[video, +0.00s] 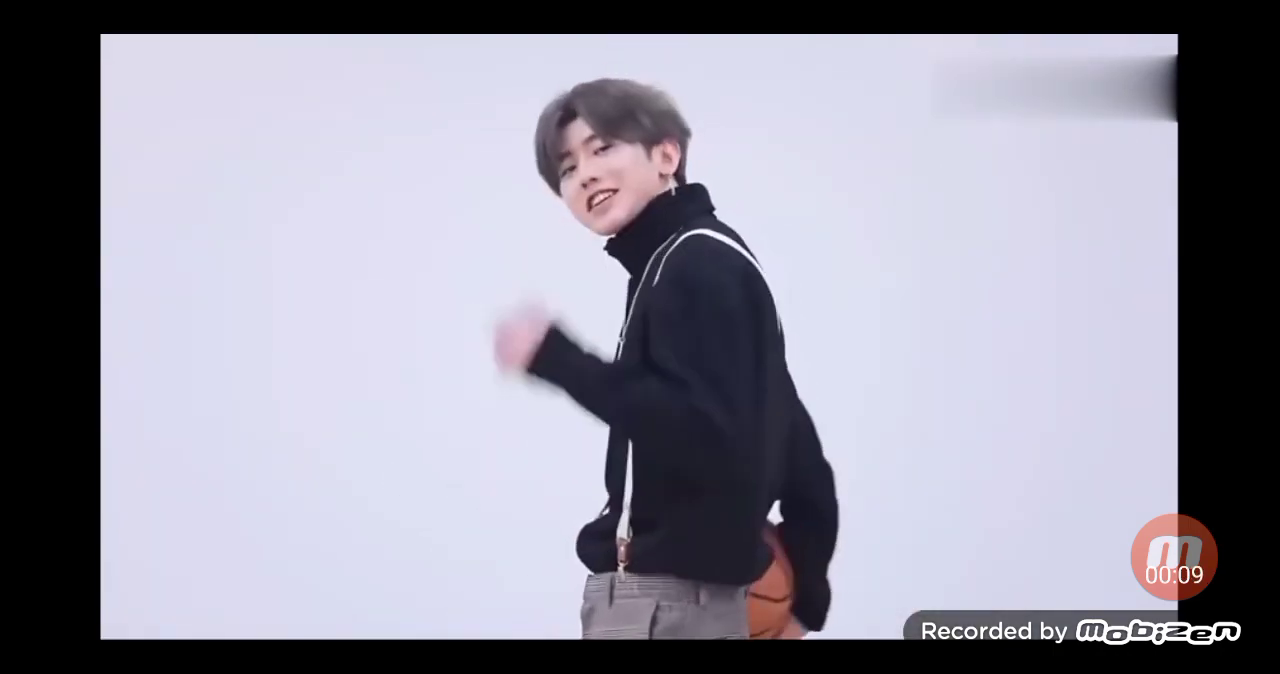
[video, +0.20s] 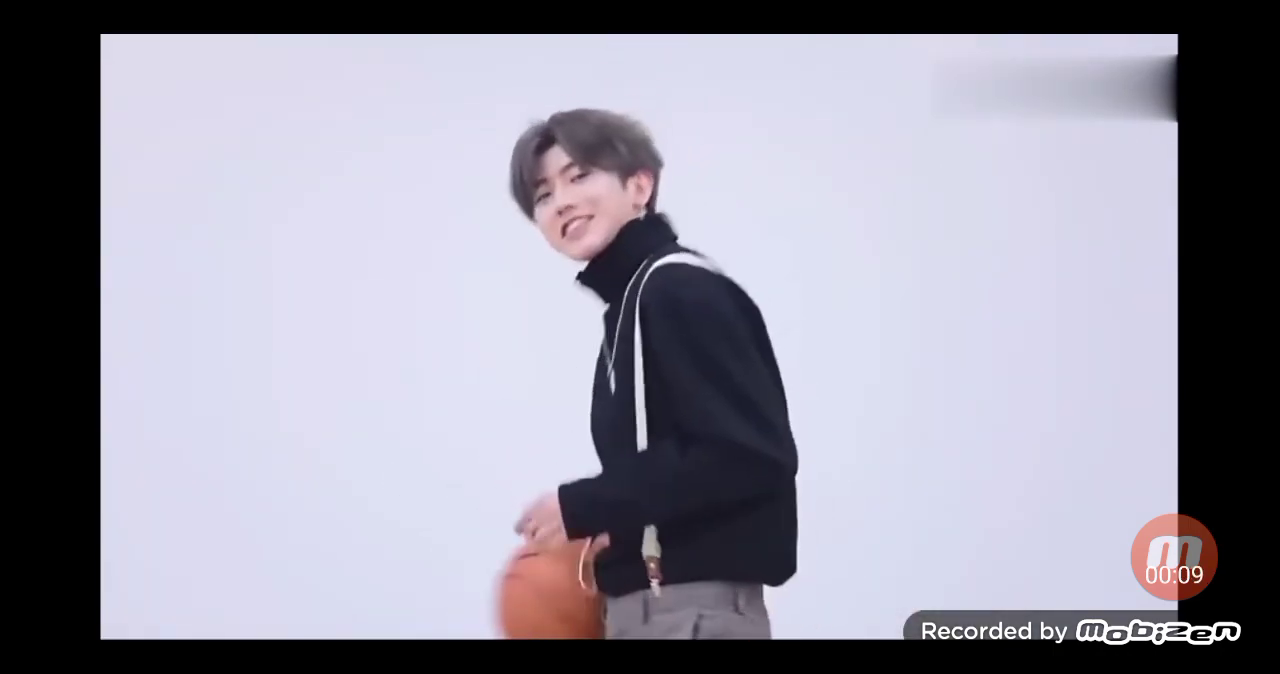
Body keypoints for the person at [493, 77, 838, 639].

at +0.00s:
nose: (585, 176)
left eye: (603, 148)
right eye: (567, 170)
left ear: (665, 155)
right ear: (564, 200)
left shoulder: (694, 262)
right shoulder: (713, 259)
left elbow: (712, 432)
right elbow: (804, 462)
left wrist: (559, 359)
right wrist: (801, 593)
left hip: (659, 600)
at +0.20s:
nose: (561, 202)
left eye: (580, 175)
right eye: (543, 196)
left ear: (639, 185)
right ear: (539, 225)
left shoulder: (679, 288)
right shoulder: (626, 307)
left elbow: (753, 457)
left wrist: (580, 505)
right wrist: (594, 536)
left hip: (697, 608)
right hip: (646, 608)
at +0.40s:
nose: (527, 240)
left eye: (544, 213)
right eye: (509, 229)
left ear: (602, 217)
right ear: (502, 251)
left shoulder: (668, 322)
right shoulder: (562, 379)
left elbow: (723, 495)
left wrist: (562, 530)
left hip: (714, 607)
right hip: (633, 613)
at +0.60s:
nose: (520, 165)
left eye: (536, 139)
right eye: (503, 151)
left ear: (597, 133)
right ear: (494, 162)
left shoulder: (693, 239)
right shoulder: (514, 290)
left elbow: (736, 408)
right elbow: (525, 457)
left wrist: (617, 448)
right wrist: (477, 407)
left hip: (716, 543)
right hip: (601, 561)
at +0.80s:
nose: (562, 218)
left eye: (577, 199)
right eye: (550, 204)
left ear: (620, 200)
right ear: (540, 213)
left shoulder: (690, 282)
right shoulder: (545, 318)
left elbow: (732, 401)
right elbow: (523, 438)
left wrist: (658, 404)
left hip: (705, 515)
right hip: (611, 520)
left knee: (718, 633)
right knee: (608, 631)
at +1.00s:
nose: (599, 227)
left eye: (611, 213)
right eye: (589, 216)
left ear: (642, 218)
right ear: (581, 223)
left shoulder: (693, 285)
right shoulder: (578, 303)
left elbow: (715, 368)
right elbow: (547, 404)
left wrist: (697, 372)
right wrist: (502, 485)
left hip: (683, 455)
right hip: (608, 455)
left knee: (690, 608)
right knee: (588, 562)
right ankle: (611, 638)